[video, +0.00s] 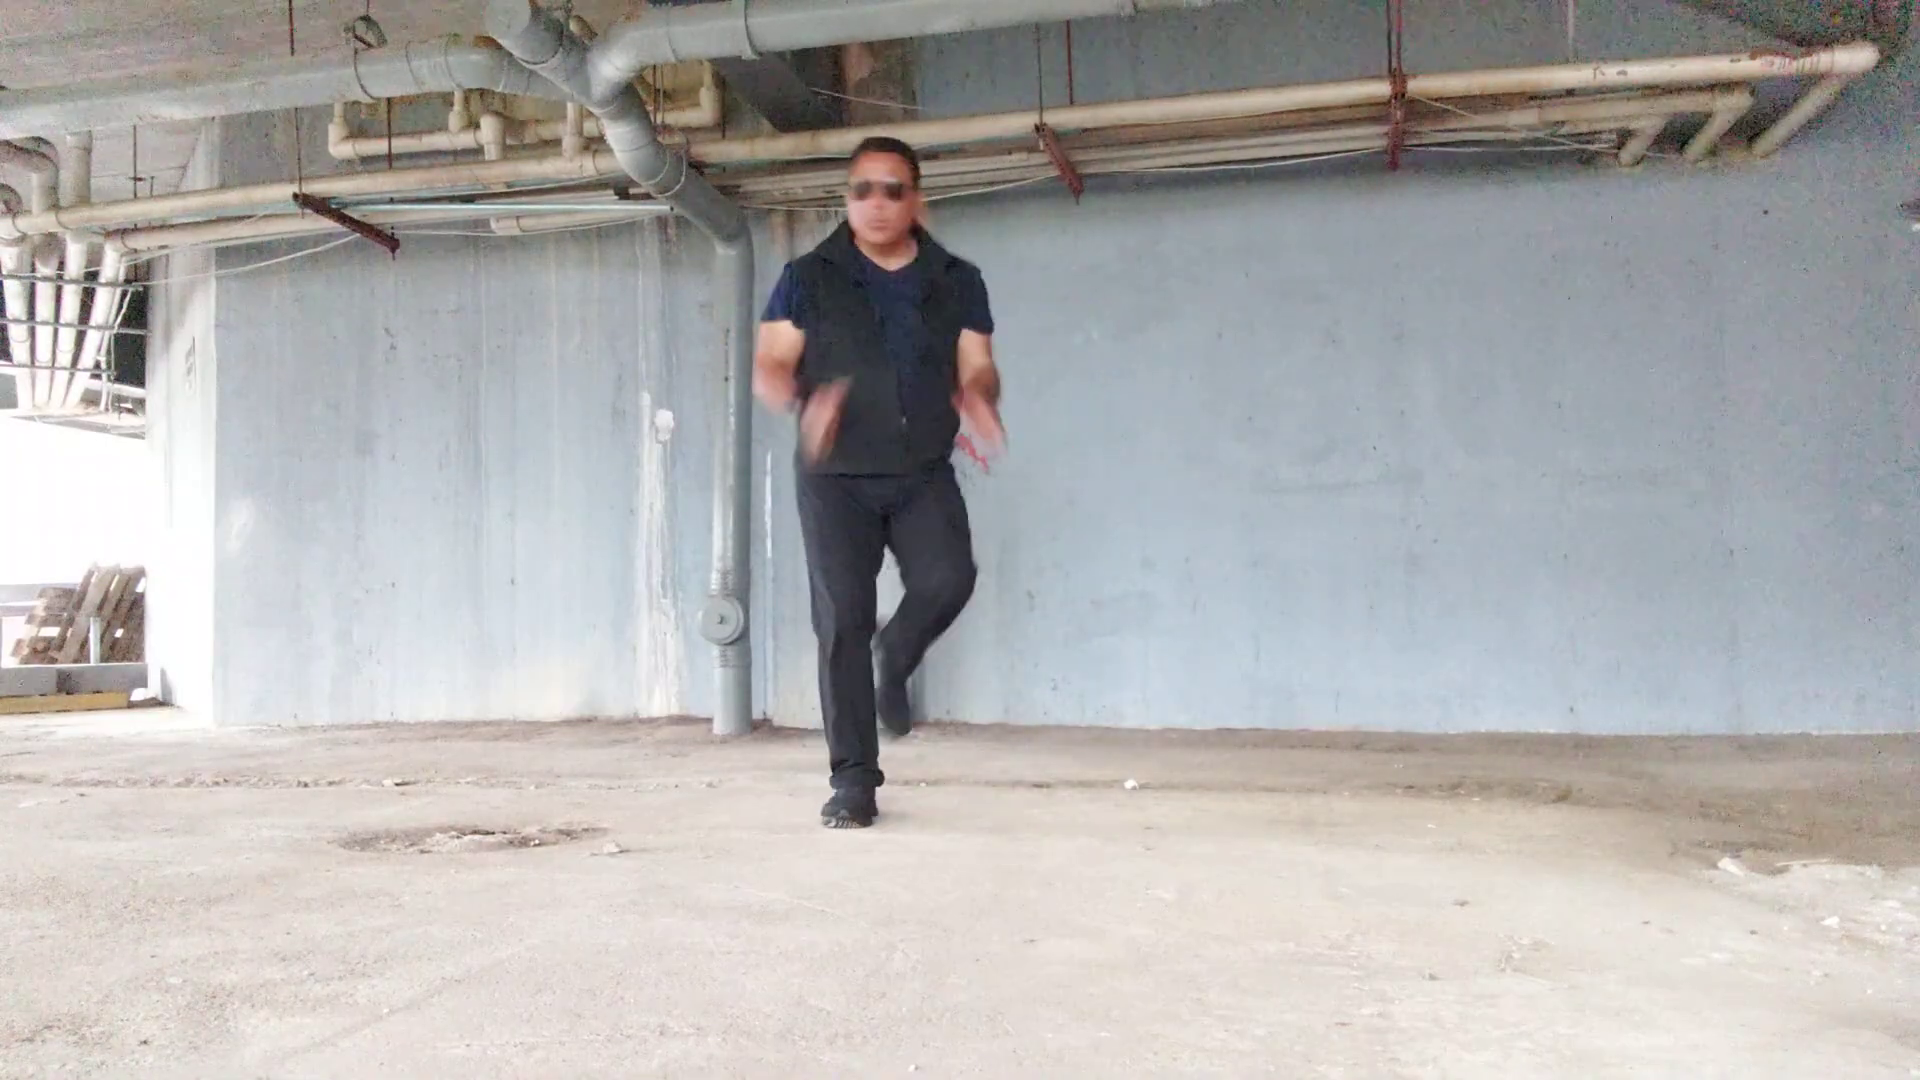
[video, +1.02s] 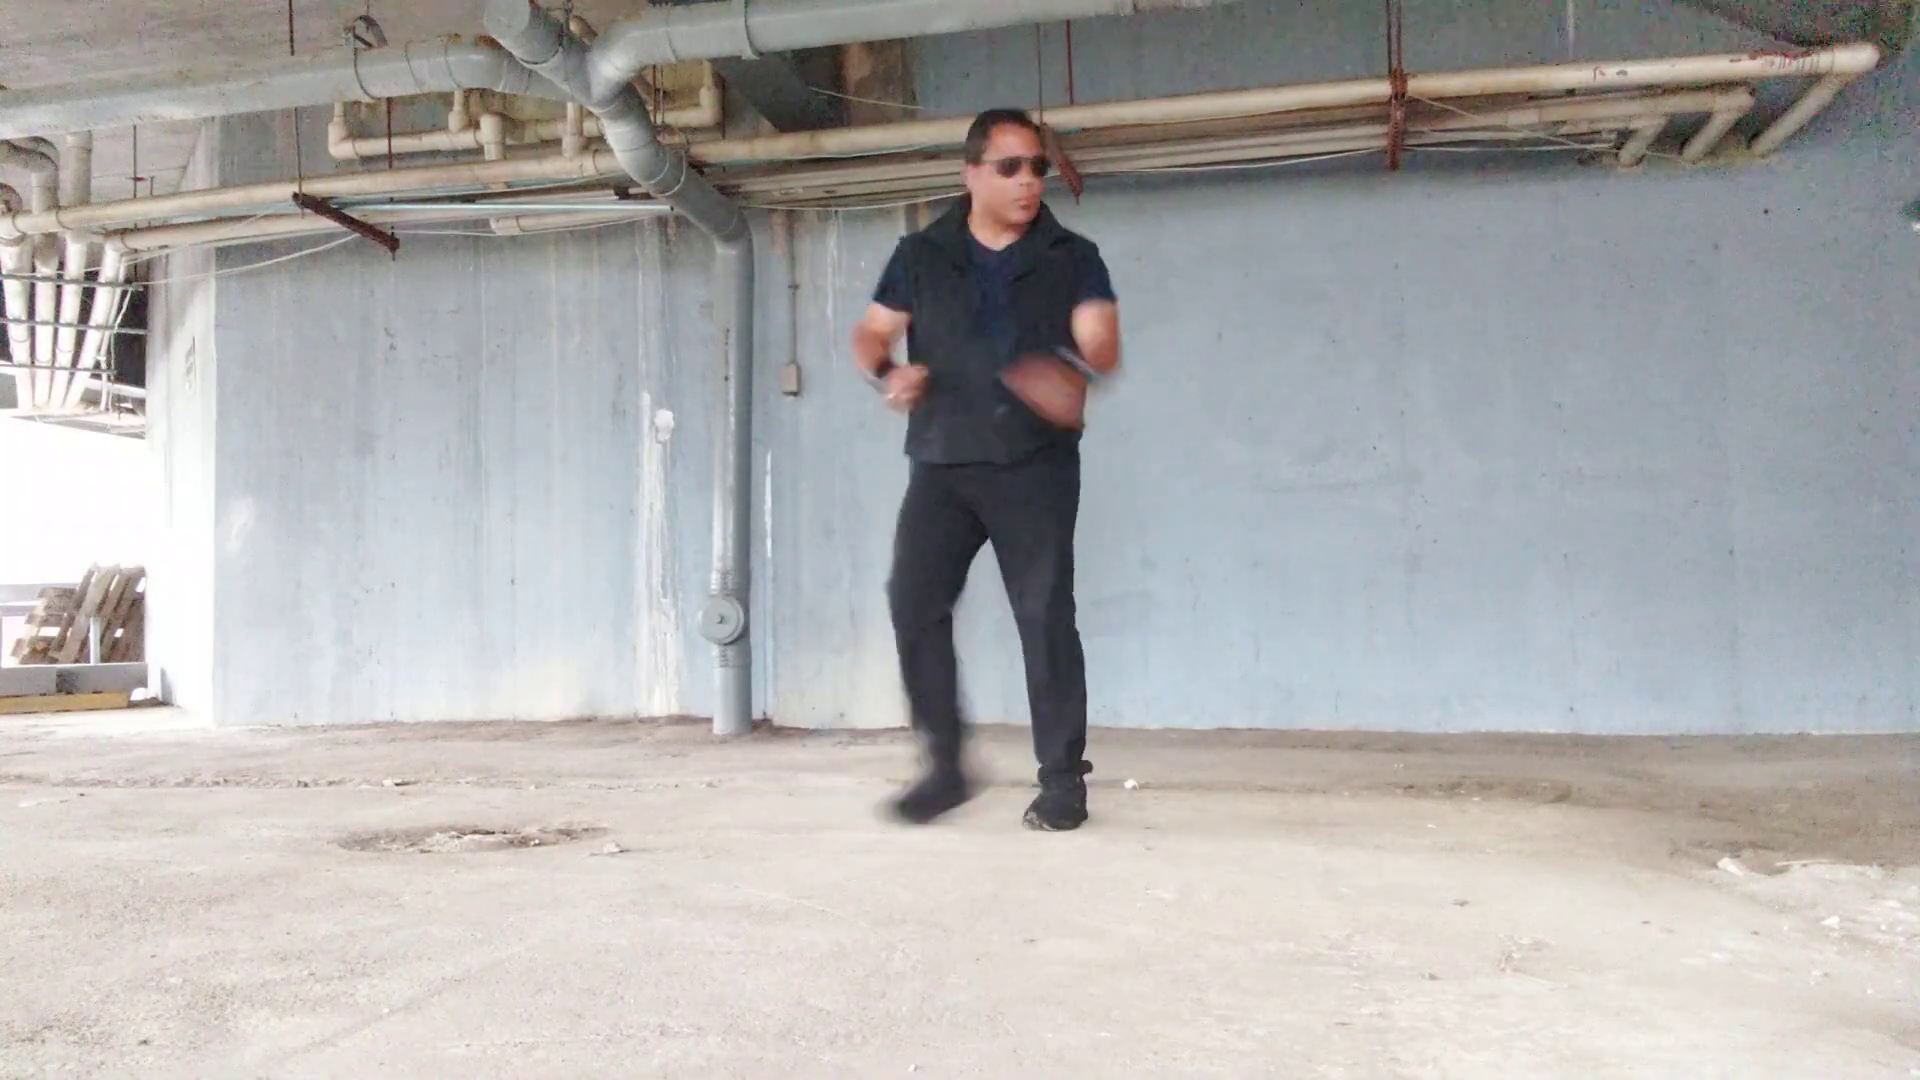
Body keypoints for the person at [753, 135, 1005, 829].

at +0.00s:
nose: (878, 201)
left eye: (893, 190)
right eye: (864, 190)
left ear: (917, 200)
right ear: (847, 200)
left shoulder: (957, 281)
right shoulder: (808, 277)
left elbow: (978, 372)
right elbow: (770, 372)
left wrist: (977, 402)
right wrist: (802, 399)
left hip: (923, 476)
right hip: (836, 479)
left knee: (949, 580)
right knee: (846, 625)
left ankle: (891, 663)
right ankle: (853, 781)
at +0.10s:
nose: (864, 193)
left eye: (880, 179)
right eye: (851, 180)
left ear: (906, 188)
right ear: (837, 189)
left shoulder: (956, 261)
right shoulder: (819, 261)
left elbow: (1009, 346)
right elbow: (768, 344)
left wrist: (1001, 406)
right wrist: (829, 307)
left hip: (934, 463)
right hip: (843, 469)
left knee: (960, 573)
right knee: (843, 626)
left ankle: (930, 664)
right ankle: (851, 783)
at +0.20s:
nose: (879, 180)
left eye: (894, 166)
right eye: (864, 168)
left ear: (919, 175)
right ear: (847, 180)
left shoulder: (965, 240)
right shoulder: (823, 249)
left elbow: (1035, 298)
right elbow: (737, 299)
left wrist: (1006, 344)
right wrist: (788, 257)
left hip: (948, 456)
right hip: (857, 463)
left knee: (971, 602)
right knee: (854, 618)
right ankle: (850, 777)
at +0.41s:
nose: (928, 171)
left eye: (943, 159)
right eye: (913, 160)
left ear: (966, 171)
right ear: (894, 171)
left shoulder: (1012, 245)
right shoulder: (871, 250)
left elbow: (1061, 330)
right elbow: (819, 325)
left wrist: (997, 323)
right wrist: (774, 341)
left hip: (989, 467)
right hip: (897, 468)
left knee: (994, 627)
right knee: (875, 619)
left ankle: (991, 786)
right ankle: (866, 776)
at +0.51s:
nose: (950, 177)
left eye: (965, 165)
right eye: (935, 166)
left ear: (987, 177)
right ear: (915, 180)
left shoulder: (1032, 260)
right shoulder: (885, 263)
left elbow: (1062, 359)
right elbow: (857, 362)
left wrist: (1027, 412)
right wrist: (853, 370)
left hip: (1001, 473)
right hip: (914, 472)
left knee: (1001, 629)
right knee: (894, 608)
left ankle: (992, 781)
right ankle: (961, 745)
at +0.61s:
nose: (967, 177)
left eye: (983, 165)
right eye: (953, 165)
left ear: (1004, 176)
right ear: (933, 175)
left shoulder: (1043, 257)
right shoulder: (908, 249)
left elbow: (1104, 345)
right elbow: (847, 310)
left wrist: (1143, 431)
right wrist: (934, 292)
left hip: (1006, 464)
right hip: (928, 466)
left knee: (992, 618)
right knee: (949, 624)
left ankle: (997, 789)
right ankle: (1059, 739)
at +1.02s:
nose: (1029, 180)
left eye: (1038, 166)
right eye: (1011, 167)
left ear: (1049, 173)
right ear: (971, 176)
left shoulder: (1071, 256)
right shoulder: (926, 249)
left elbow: (1103, 353)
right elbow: (872, 336)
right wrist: (885, 373)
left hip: (1034, 470)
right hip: (944, 470)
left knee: (1045, 617)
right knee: (914, 599)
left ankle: (1062, 780)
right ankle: (944, 769)